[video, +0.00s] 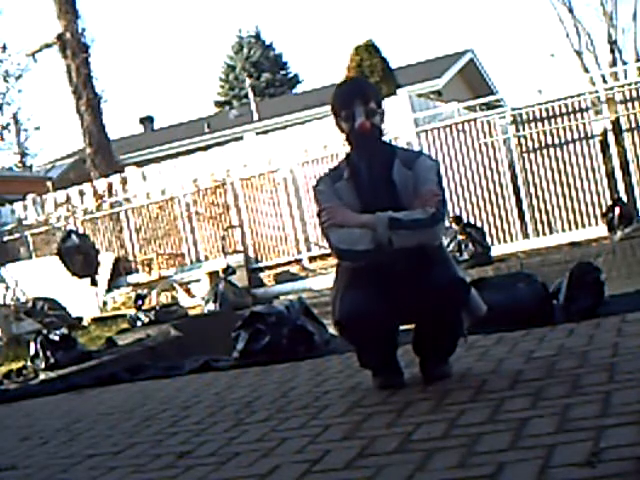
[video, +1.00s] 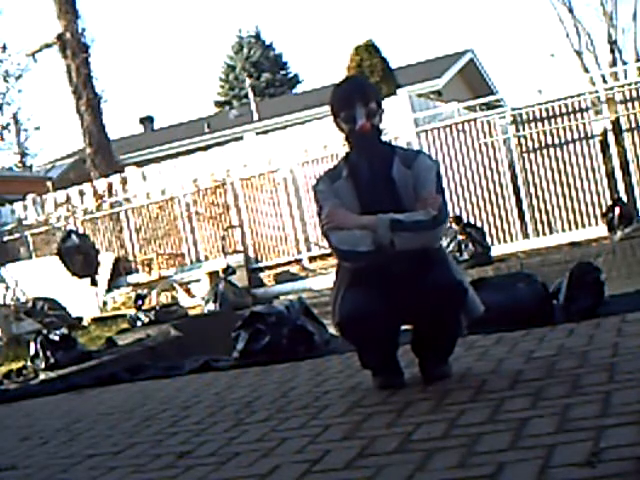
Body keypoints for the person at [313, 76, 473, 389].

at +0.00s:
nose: (362, 124)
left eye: (370, 113)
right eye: (351, 116)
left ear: (382, 114)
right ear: (339, 122)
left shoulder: (418, 164)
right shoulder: (329, 185)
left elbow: (434, 226)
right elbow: (344, 245)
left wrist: (359, 220)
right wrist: (412, 217)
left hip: (422, 265)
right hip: (365, 277)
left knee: (447, 290)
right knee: (356, 313)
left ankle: (434, 358)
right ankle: (384, 367)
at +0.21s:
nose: (360, 120)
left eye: (368, 108)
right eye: (348, 112)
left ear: (380, 111)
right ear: (337, 121)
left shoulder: (417, 162)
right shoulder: (327, 182)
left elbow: (431, 226)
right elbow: (342, 243)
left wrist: (356, 218)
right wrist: (412, 216)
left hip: (422, 266)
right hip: (364, 278)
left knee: (445, 296)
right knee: (359, 316)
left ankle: (434, 358)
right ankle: (384, 367)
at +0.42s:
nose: (360, 118)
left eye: (368, 107)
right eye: (349, 112)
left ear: (380, 110)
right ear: (338, 121)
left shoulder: (417, 159)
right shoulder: (327, 182)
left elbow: (433, 223)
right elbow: (343, 243)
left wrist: (356, 217)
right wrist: (412, 214)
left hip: (423, 266)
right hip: (365, 278)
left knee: (447, 296)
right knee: (359, 316)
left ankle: (434, 358)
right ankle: (384, 367)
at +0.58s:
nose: (362, 118)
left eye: (369, 107)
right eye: (350, 112)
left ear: (381, 110)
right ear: (338, 121)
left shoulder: (417, 159)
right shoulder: (328, 182)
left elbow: (433, 223)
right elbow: (346, 243)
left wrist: (357, 216)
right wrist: (414, 214)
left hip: (423, 266)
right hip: (365, 278)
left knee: (446, 297)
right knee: (360, 316)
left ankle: (434, 358)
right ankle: (384, 367)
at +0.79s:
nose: (363, 121)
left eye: (371, 110)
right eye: (351, 114)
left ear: (382, 111)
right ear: (339, 121)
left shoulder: (418, 162)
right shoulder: (329, 183)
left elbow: (434, 224)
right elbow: (344, 244)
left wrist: (359, 220)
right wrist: (414, 218)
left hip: (423, 264)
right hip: (365, 276)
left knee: (444, 297)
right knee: (359, 315)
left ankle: (434, 359)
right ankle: (384, 367)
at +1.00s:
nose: (362, 124)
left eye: (370, 112)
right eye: (350, 117)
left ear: (381, 112)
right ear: (338, 122)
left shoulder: (418, 164)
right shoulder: (328, 185)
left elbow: (434, 228)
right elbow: (345, 246)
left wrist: (359, 222)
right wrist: (414, 220)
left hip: (422, 265)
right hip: (365, 277)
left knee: (444, 293)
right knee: (359, 315)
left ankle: (434, 358)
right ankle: (384, 367)